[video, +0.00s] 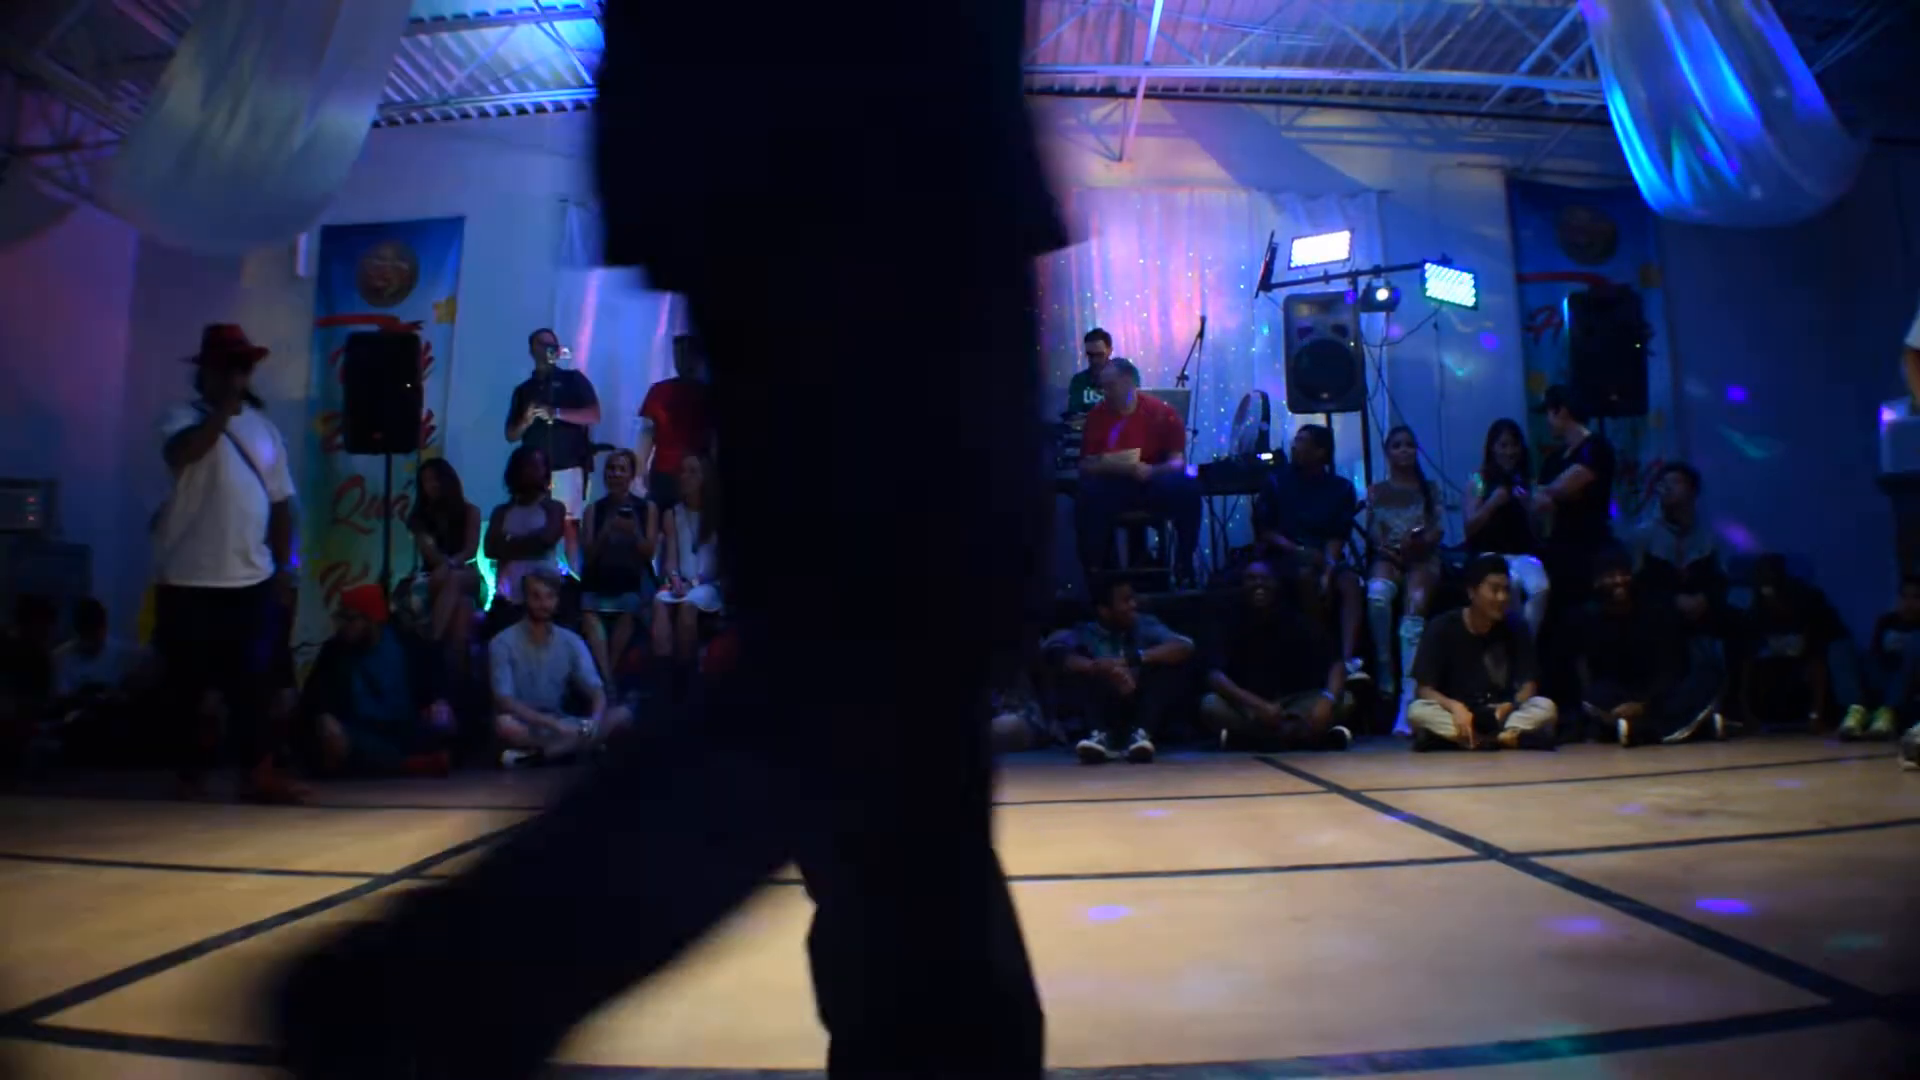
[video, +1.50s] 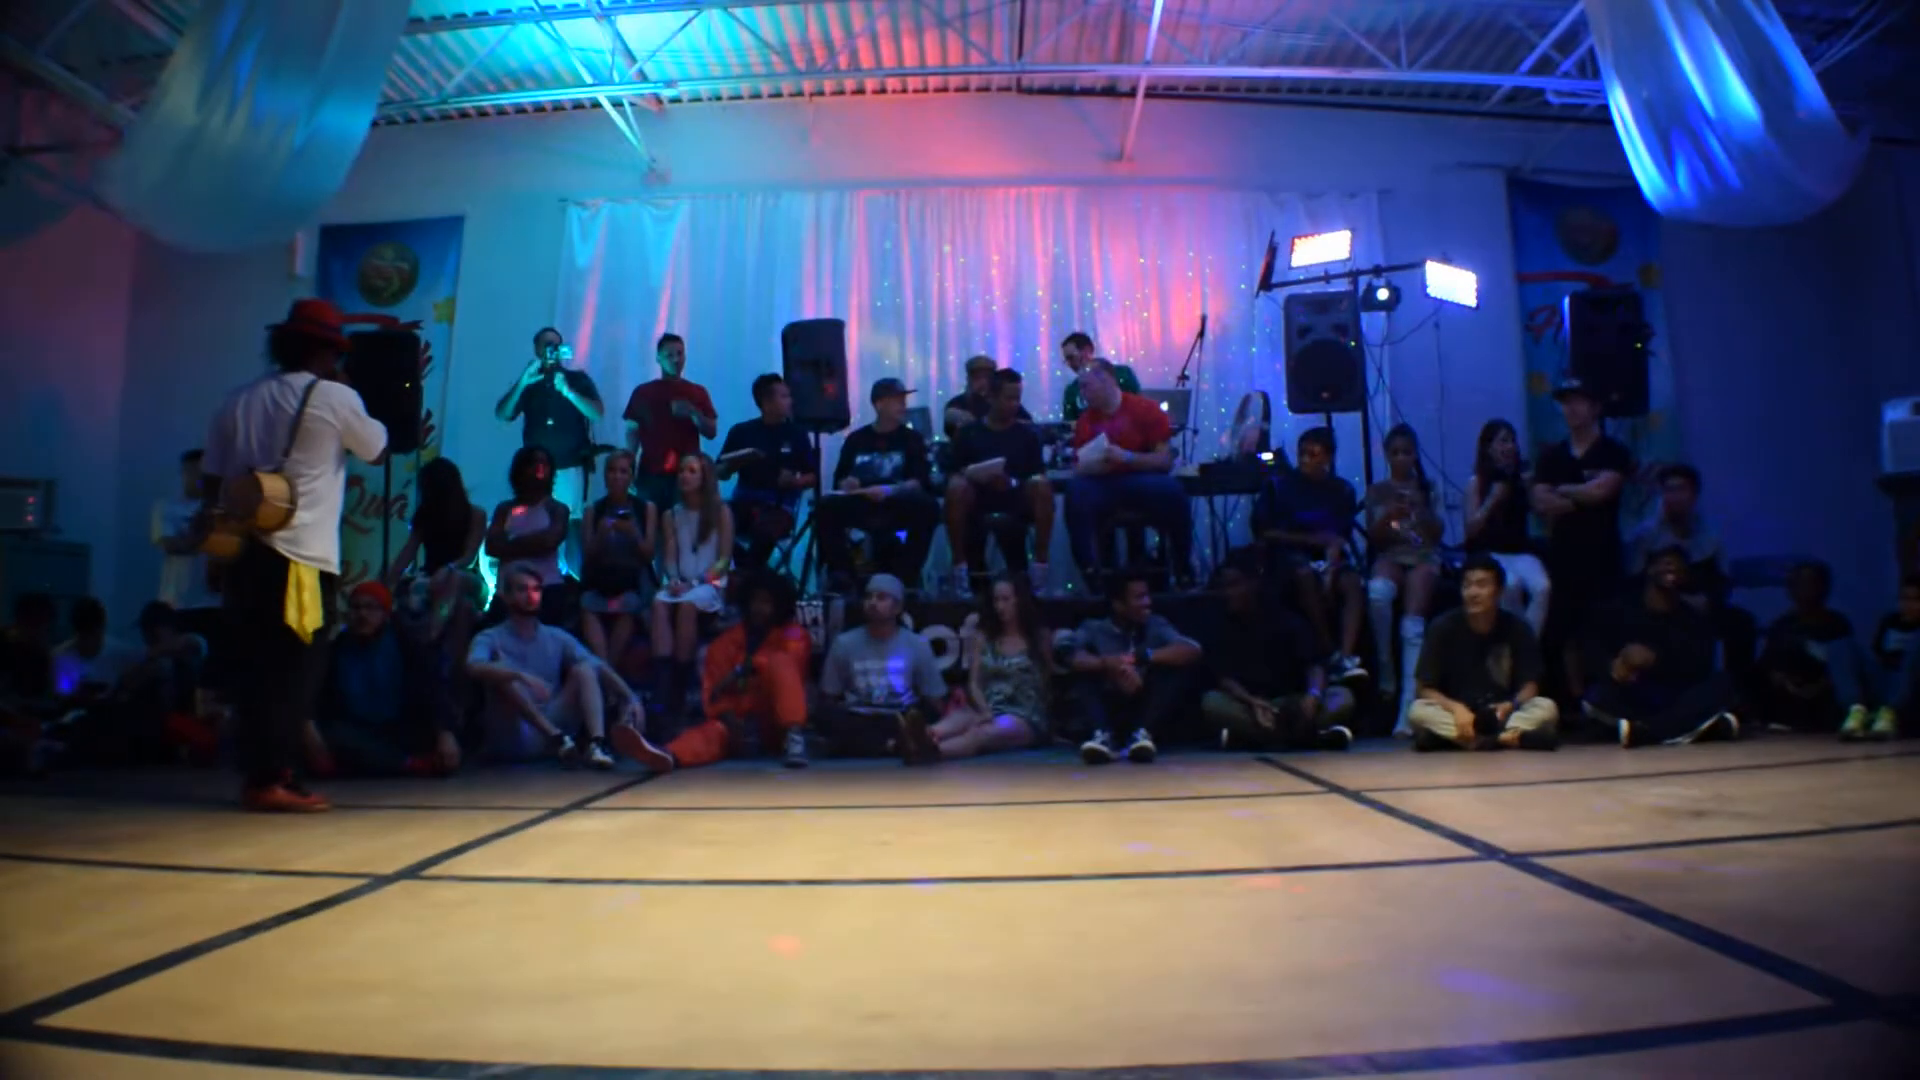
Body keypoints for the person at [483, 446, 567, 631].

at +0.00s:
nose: (534, 472)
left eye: (538, 466)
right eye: (528, 466)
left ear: (546, 472)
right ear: (515, 471)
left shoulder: (553, 508)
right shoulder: (501, 511)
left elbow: (548, 541)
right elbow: (490, 549)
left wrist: (506, 547)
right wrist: (535, 544)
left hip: (543, 597)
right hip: (507, 593)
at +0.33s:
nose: (538, 470)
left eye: (542, 464)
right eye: (532, 464)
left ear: (546, 470)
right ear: (518, 470)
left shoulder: (553, 507)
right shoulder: (501, 511)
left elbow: (546, 541)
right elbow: (490, 549)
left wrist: (508, 544)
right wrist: (533, 546)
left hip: (547, 586)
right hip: (509, 589)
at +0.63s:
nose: (536, 470)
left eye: (540, 464)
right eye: (529, 464)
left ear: (544, 469)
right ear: (515, 470)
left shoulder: (550, 507)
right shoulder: (499, 510)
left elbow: (544, 539)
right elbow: (487, 545)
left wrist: (505, 542)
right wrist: (530, 548)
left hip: (544, 587)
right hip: (508, 591)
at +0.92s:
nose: (541, 471)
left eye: (544, 465)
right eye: (535, 464)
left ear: (547, 470)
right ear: (520, 470)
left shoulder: (554, 507)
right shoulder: (502, 511)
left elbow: (546, 540)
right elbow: (490, 547)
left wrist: (507, 544)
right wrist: (535, 543)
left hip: (546, 585)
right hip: (510, 589)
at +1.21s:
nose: (543, 474)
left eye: (546, 467)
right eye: (537, 467)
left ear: (551, 472)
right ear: (524, 472)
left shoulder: (558, 510)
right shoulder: (508, 512)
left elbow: (552, 541)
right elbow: (499, 547)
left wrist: (513, 547)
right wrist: (541, 543)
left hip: (550, 586)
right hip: (516, 589)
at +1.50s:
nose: (539, 473)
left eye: (544, 466)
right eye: (533, 466)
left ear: (551, 472)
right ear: (520, 471)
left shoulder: (558, 509)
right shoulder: (505, 509)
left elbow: (551, 542)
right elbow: (492, 547)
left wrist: (508, 545)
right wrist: (537, 546)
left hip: (548, 589)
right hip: (509, 591)